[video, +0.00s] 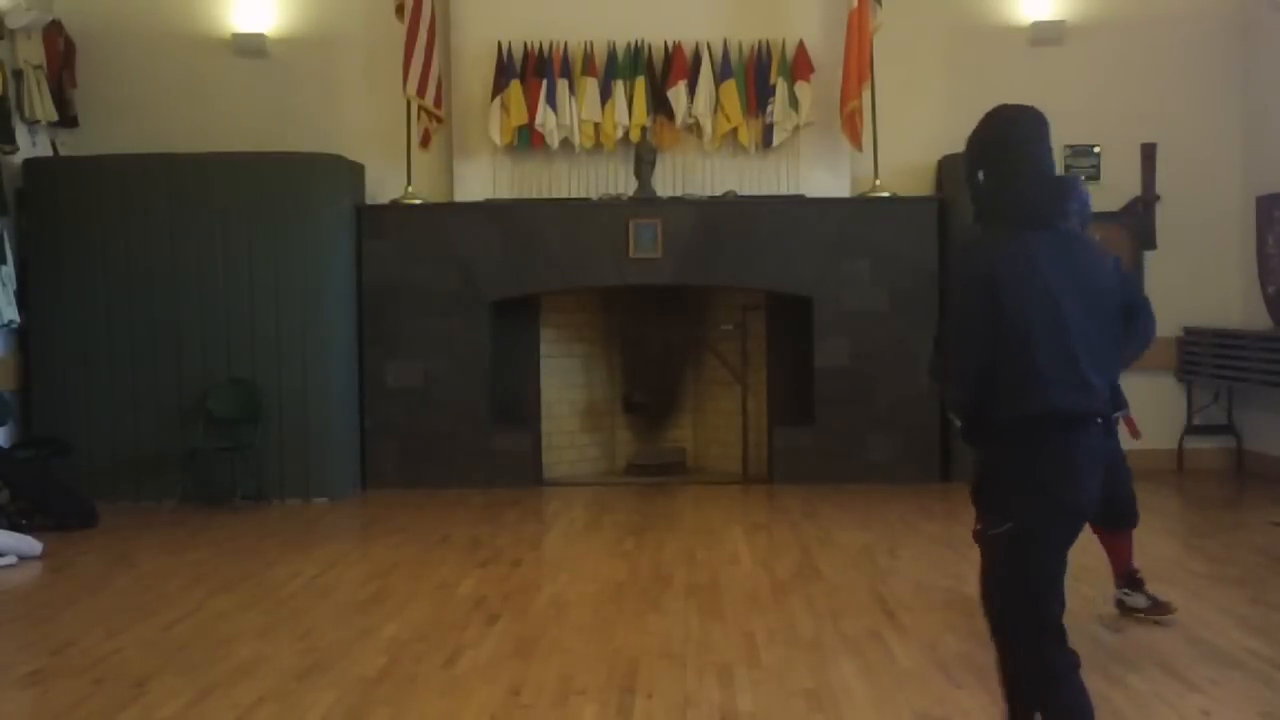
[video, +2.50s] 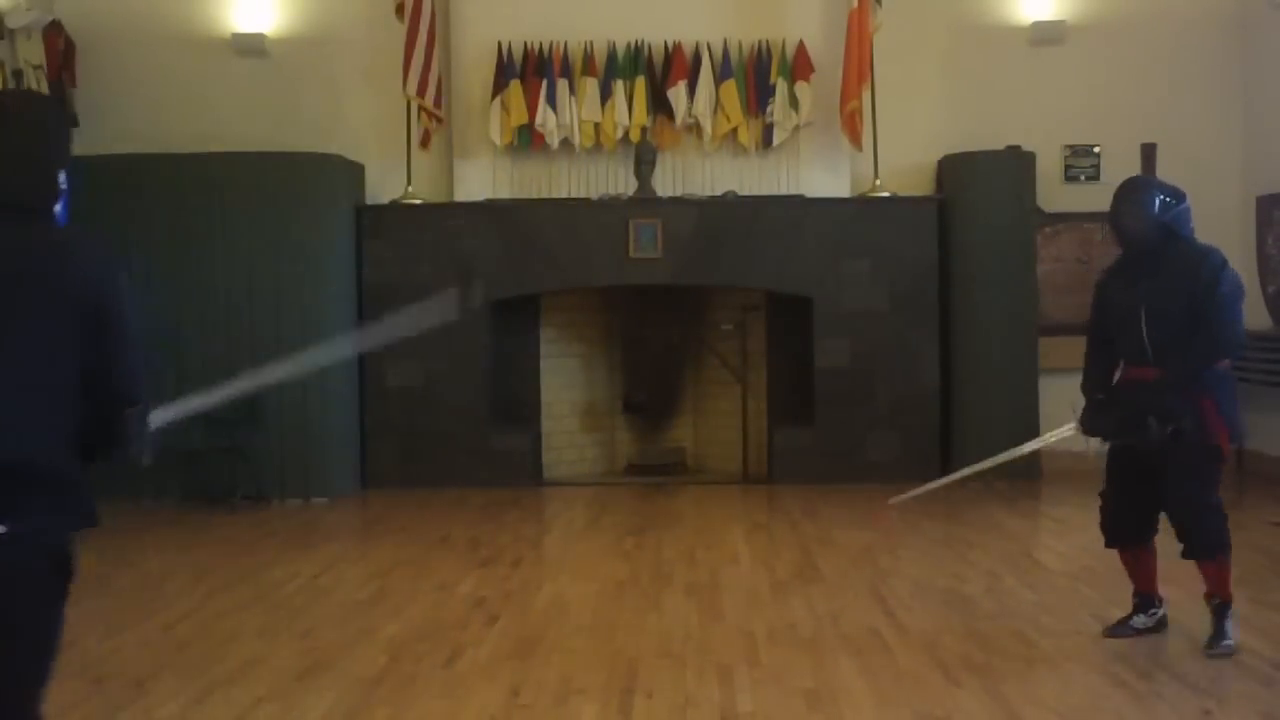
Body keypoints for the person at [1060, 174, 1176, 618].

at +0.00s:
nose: (1078, 229)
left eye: (1082, 219)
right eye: (1071, 219)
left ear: (1087, 221)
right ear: (1052, 220)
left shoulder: (1094, 271)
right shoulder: (1039, 272)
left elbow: (1098, 357)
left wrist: (1121, 407)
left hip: (1095, 415)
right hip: (1049, 417)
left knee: (1115, 502)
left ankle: (1128, 584)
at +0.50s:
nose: (1120, 227)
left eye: (1129, 217)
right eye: (1110, 218)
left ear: (1145, 215)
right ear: (1091, 216)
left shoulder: (1168, 263)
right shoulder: (1069, 263)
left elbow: (1212, 323)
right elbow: (1056, 334)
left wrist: (1165, 368)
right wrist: (1095, 375)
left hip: (1148, 406)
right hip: (1081, 404)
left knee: (1153, 503)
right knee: (1070, 501)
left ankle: (1152, 600)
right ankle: (1052, 599)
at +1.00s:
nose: (1078, 225)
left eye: (1086, 213)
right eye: (1067, 214)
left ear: (1106, 213)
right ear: (1049, 220)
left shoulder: (1140, 261)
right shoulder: (1035, 277)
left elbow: (1188, 332)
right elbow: (1026, 353)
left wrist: (1137, 379)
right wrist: (1061, 400)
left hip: (1136, 407)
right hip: (1067, 410)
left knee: (1167, 514)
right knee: (1064, 518)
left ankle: (1161, 577)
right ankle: (1069, 624)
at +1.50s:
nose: (1050, 225)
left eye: (1061, 214)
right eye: (1045, 214)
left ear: (1094, 213)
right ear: (1040, 217)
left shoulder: (1140, 261)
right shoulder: (1040, 274)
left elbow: (1185, 337)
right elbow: (1017, 357)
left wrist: (1131, 391)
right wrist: (1035, 359)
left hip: (1139, 423)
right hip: (1071, 421)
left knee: (1146, 526)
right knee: (1061, 524)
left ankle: (1166, 640)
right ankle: (1067, 626)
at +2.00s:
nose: (1095, 226)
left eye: (1106, 216)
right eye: (1091, 216)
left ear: (1138, 214)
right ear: (1090, 216)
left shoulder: (1182, 268)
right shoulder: (1088, 266)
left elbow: (1217, 349)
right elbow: (1062, 337)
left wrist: (1151, 401)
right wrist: (1067, 397)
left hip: (1166, 413)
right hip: (1106, 410)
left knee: (1155, 522)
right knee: (1099, 508)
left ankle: (1165, 637)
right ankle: (1118, 589)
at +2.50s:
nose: (1124, 230)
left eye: (1133, 219)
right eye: (1119, 220)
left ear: (1161, 216)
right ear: (1116, 224)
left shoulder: (1205, 267)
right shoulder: (1115, 279)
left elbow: (1223, 345)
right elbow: (1099, 350)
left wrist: (1170, 397)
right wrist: (1097, 402)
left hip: (1195, 415)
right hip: (1134, 415)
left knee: (1198, 512)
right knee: (1125, 512)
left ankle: (1221, 613)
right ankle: (1147, 607)